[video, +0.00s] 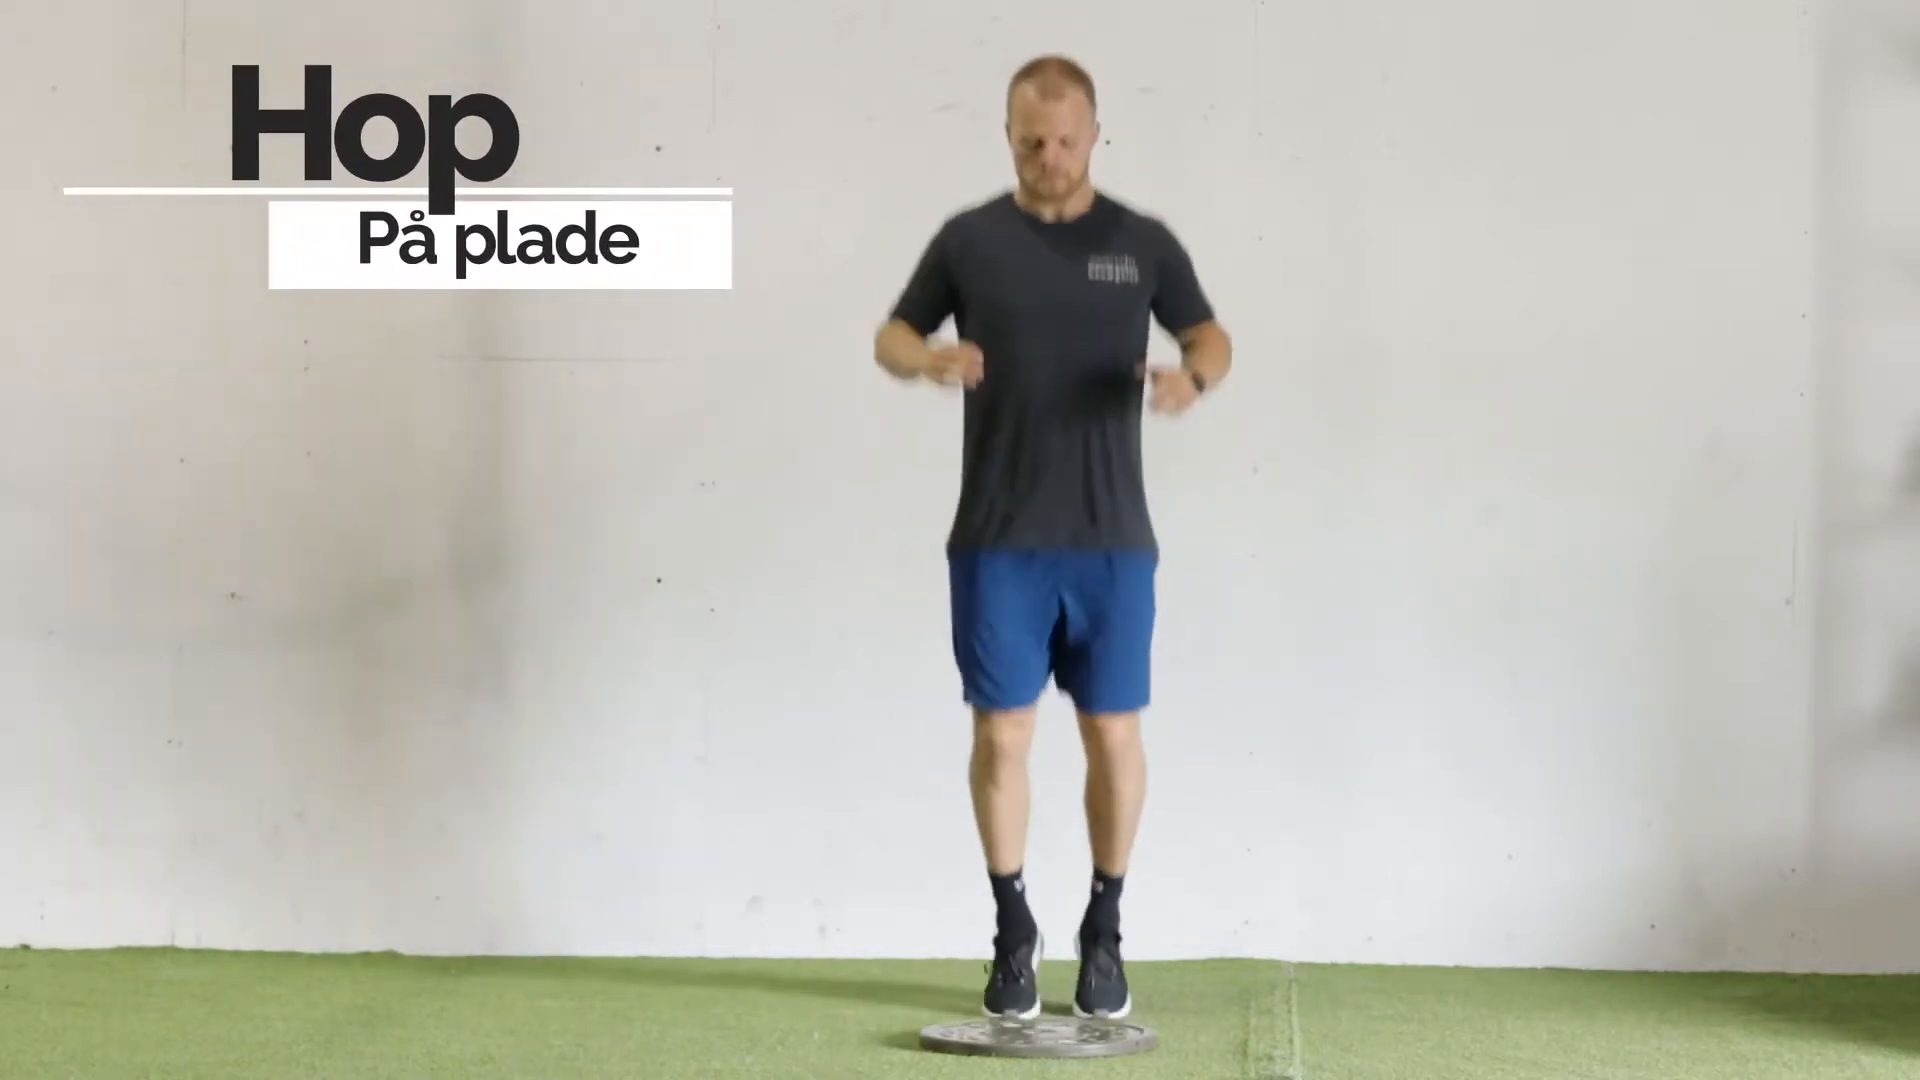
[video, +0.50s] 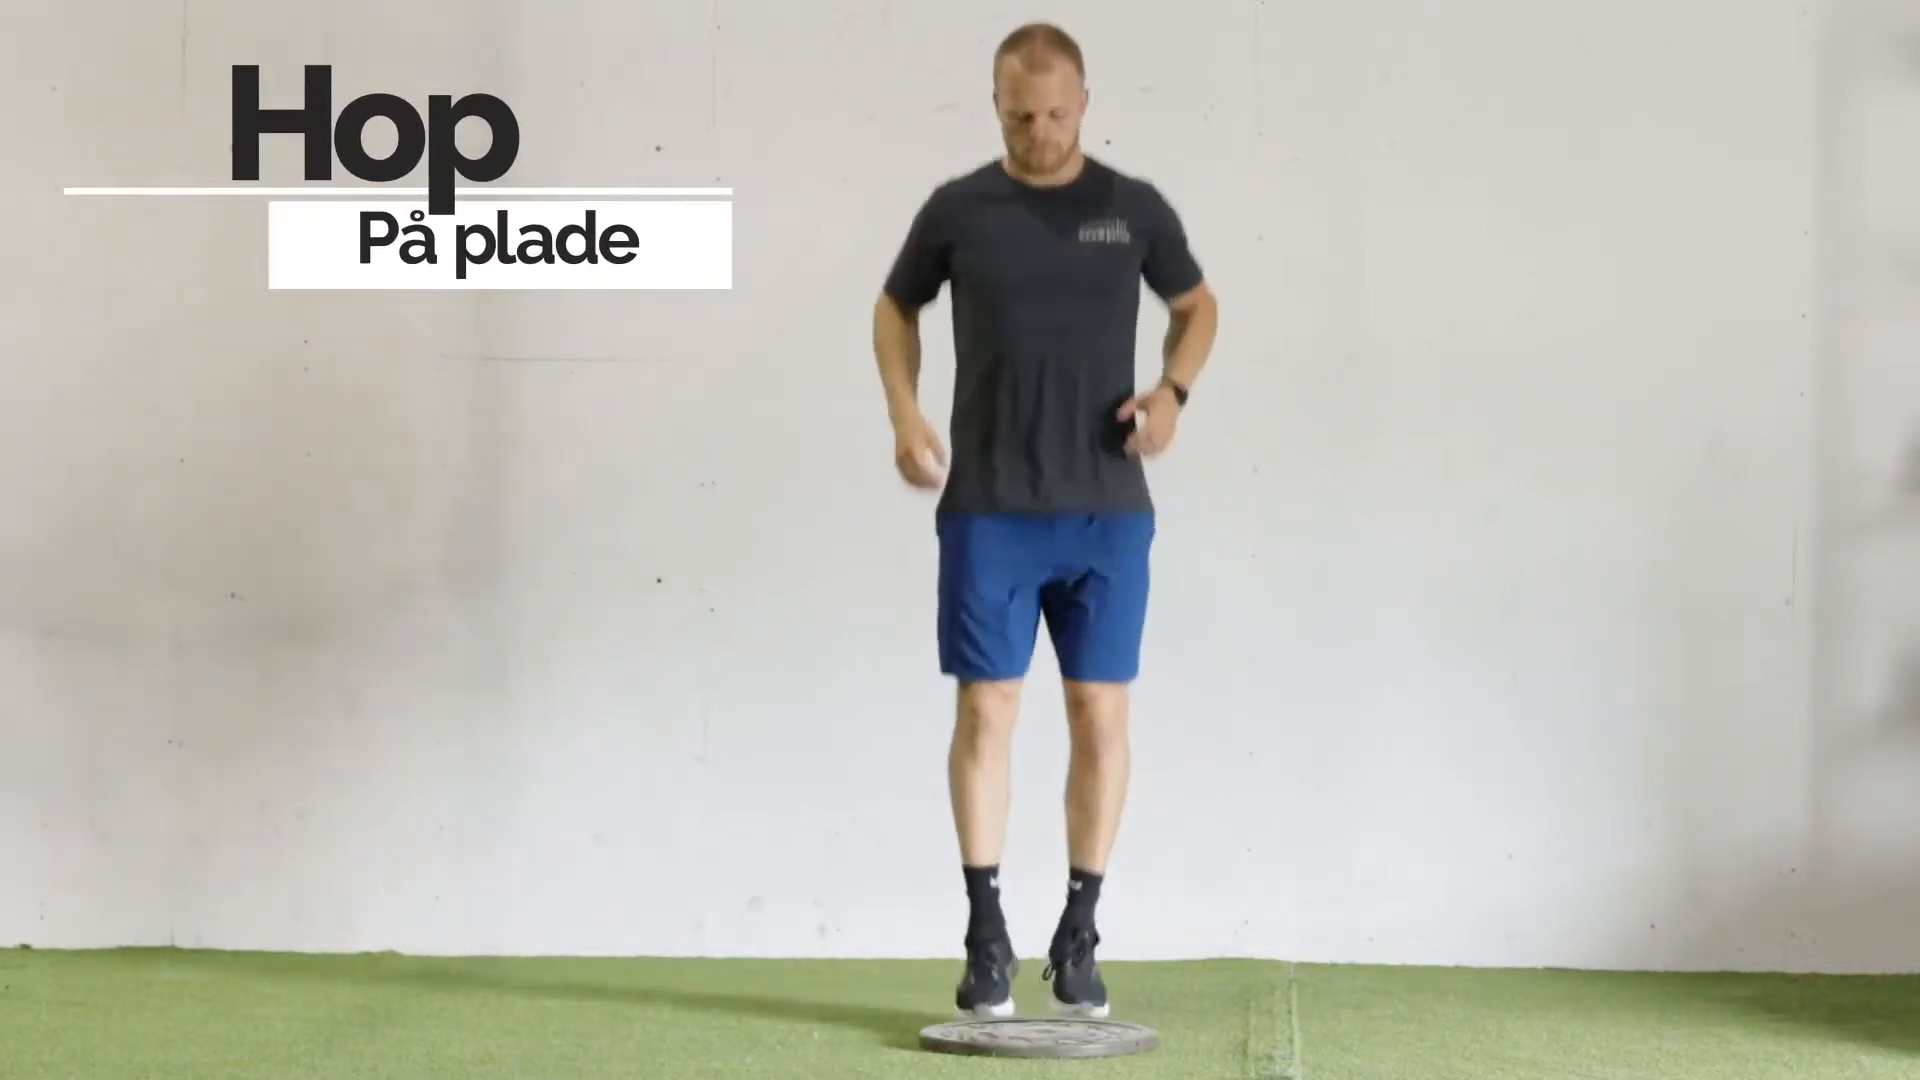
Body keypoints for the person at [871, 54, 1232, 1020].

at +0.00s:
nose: (1047, 157)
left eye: (1063, 140)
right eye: (1032, 141)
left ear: (1094, 136)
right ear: (1010, 140)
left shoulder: (1143, 243)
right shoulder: (967, 241)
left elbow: (1210, 343)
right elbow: (892, 339)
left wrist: (1189, 378)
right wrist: (934, 358)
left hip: (1112, 531)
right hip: (999, 532)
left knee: (1113, 736)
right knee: (1003, 734)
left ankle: (1104, 934)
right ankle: (1012, 933)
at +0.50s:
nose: (1035, 130)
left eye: (1052, 112)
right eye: (1019, 113)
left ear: (1083, 105)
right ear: (997, 108)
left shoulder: (1135, 209)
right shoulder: (956, 210)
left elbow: (1195, 305)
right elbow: (897, 305)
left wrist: (1170, 392)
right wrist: (907, 415)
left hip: (1108, 504)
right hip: (990, 504)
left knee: (1100, 716)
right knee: (987, 713)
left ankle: (1079, 936)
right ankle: (987, 937)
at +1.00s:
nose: (1044, 125)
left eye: (1059, 108)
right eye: (1027, 109)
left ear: (1088, 102)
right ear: (1004, 108)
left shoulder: (1139, 206)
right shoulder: (965, 207)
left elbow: (1212, 293)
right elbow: (893, 302)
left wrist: (1186, 332)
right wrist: (932, 328)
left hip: (1110, 500)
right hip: (996, 498)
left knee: (1105, 712)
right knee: (990, 711)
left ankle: (1082, 917)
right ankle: (991, 916)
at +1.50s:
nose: (1057, 109)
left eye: (1073, 92)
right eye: (1039, 92)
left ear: (1102, 84)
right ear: (1016, 87)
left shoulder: (1150, 191)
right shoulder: (971, 188)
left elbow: (1205, 288)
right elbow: (908, 279)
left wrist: (1184, 362)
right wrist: (937, 374)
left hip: (1125, 484)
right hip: (1008, 482)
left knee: (1119, 695)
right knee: (1008, 694)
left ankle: (1096, 907)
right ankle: (1011, 907)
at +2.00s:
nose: (1052, 98)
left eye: (1068, 81)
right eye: (1035, 81)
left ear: (1099, 75)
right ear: (1013, 77)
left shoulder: (1148, 180)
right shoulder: (973, 178)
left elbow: (1218, 272)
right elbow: (895, 269)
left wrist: (1198, 308)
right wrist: (921, 293)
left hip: (1118, 469)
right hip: (1003, 468)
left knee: (1114, 681)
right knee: (1003, 677)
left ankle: (1102, 886)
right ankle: (1009, 890)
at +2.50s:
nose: (1045, 100)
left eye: (1062, 83)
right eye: (1028, 82)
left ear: (1090, 74)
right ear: (1004, 75)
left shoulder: (1142, 181)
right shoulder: (962, 177)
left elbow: (1206, 274)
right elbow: (905, 271)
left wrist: (1175, 348)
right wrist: (931, 356)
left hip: (1112, 470)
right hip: (996, 469)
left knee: (1108, 682)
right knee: (994, 680)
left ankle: (1089, 900)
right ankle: (998, 899)